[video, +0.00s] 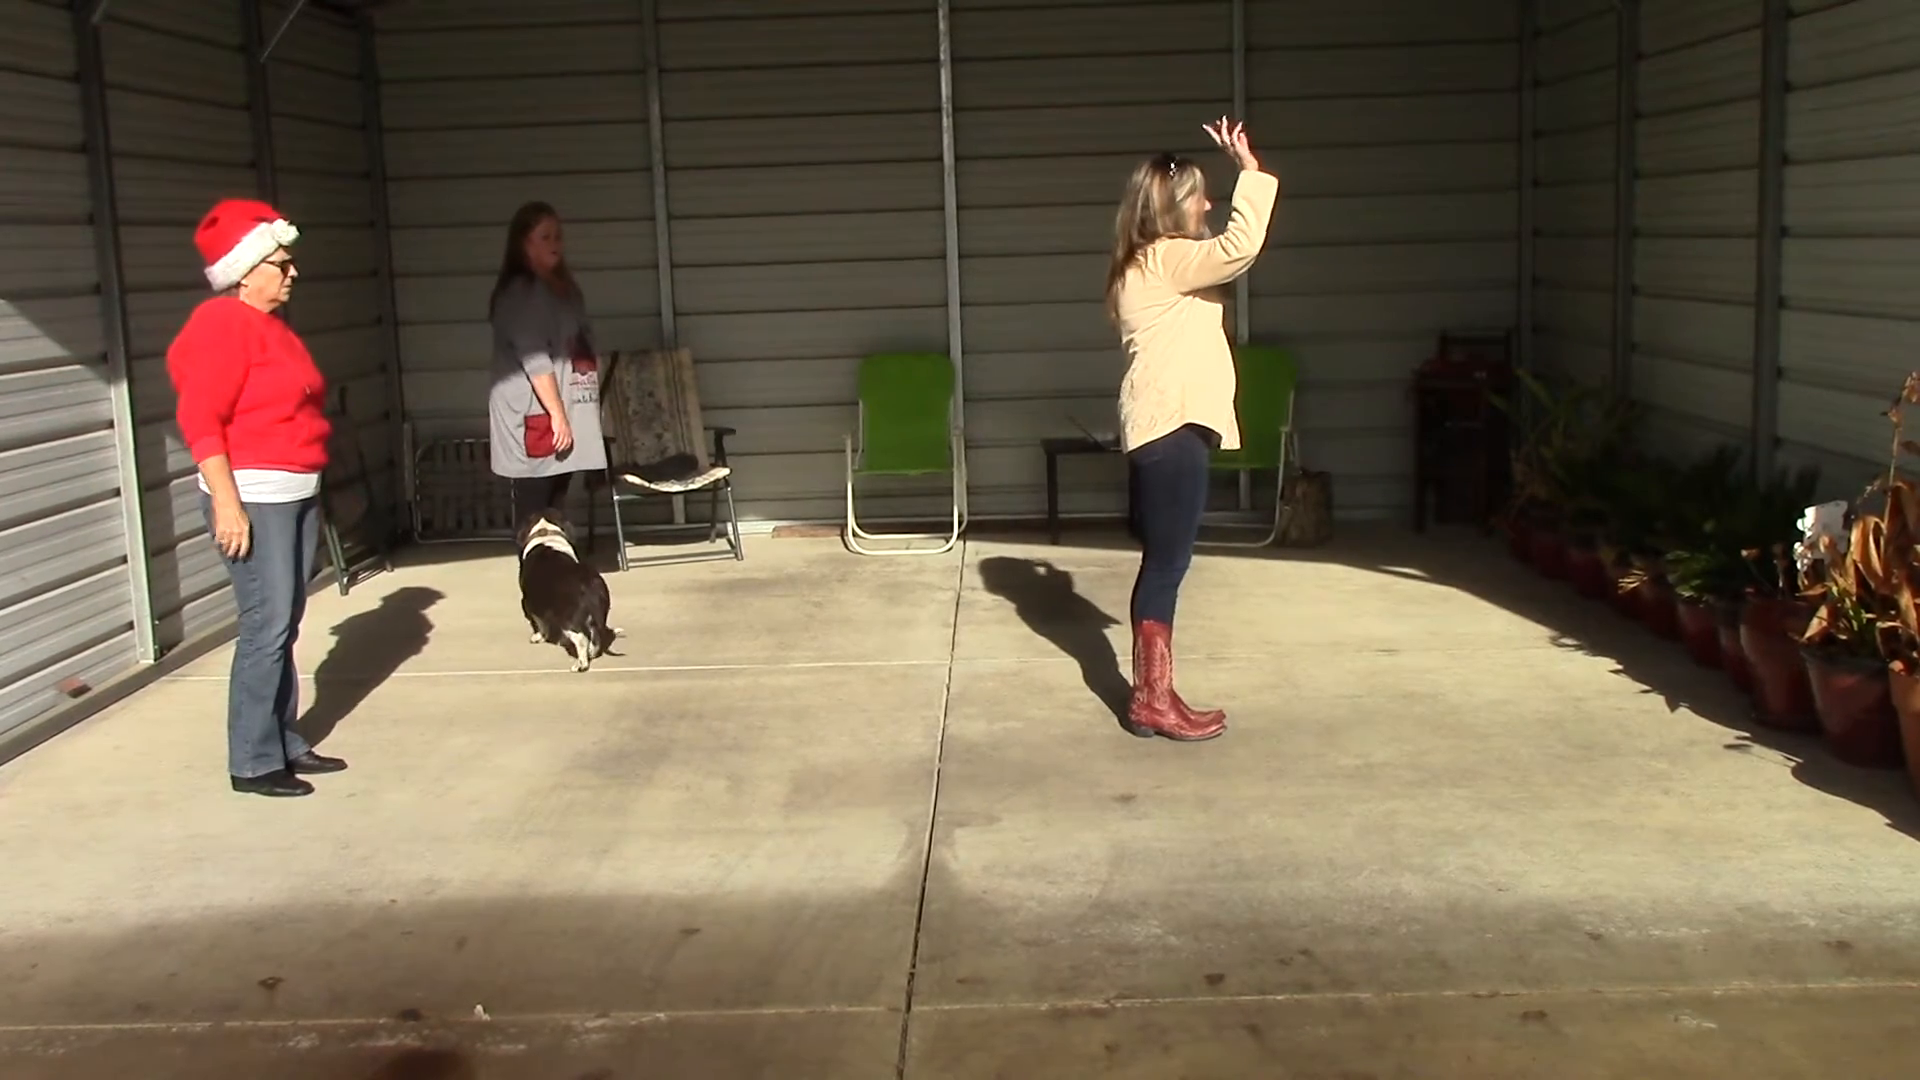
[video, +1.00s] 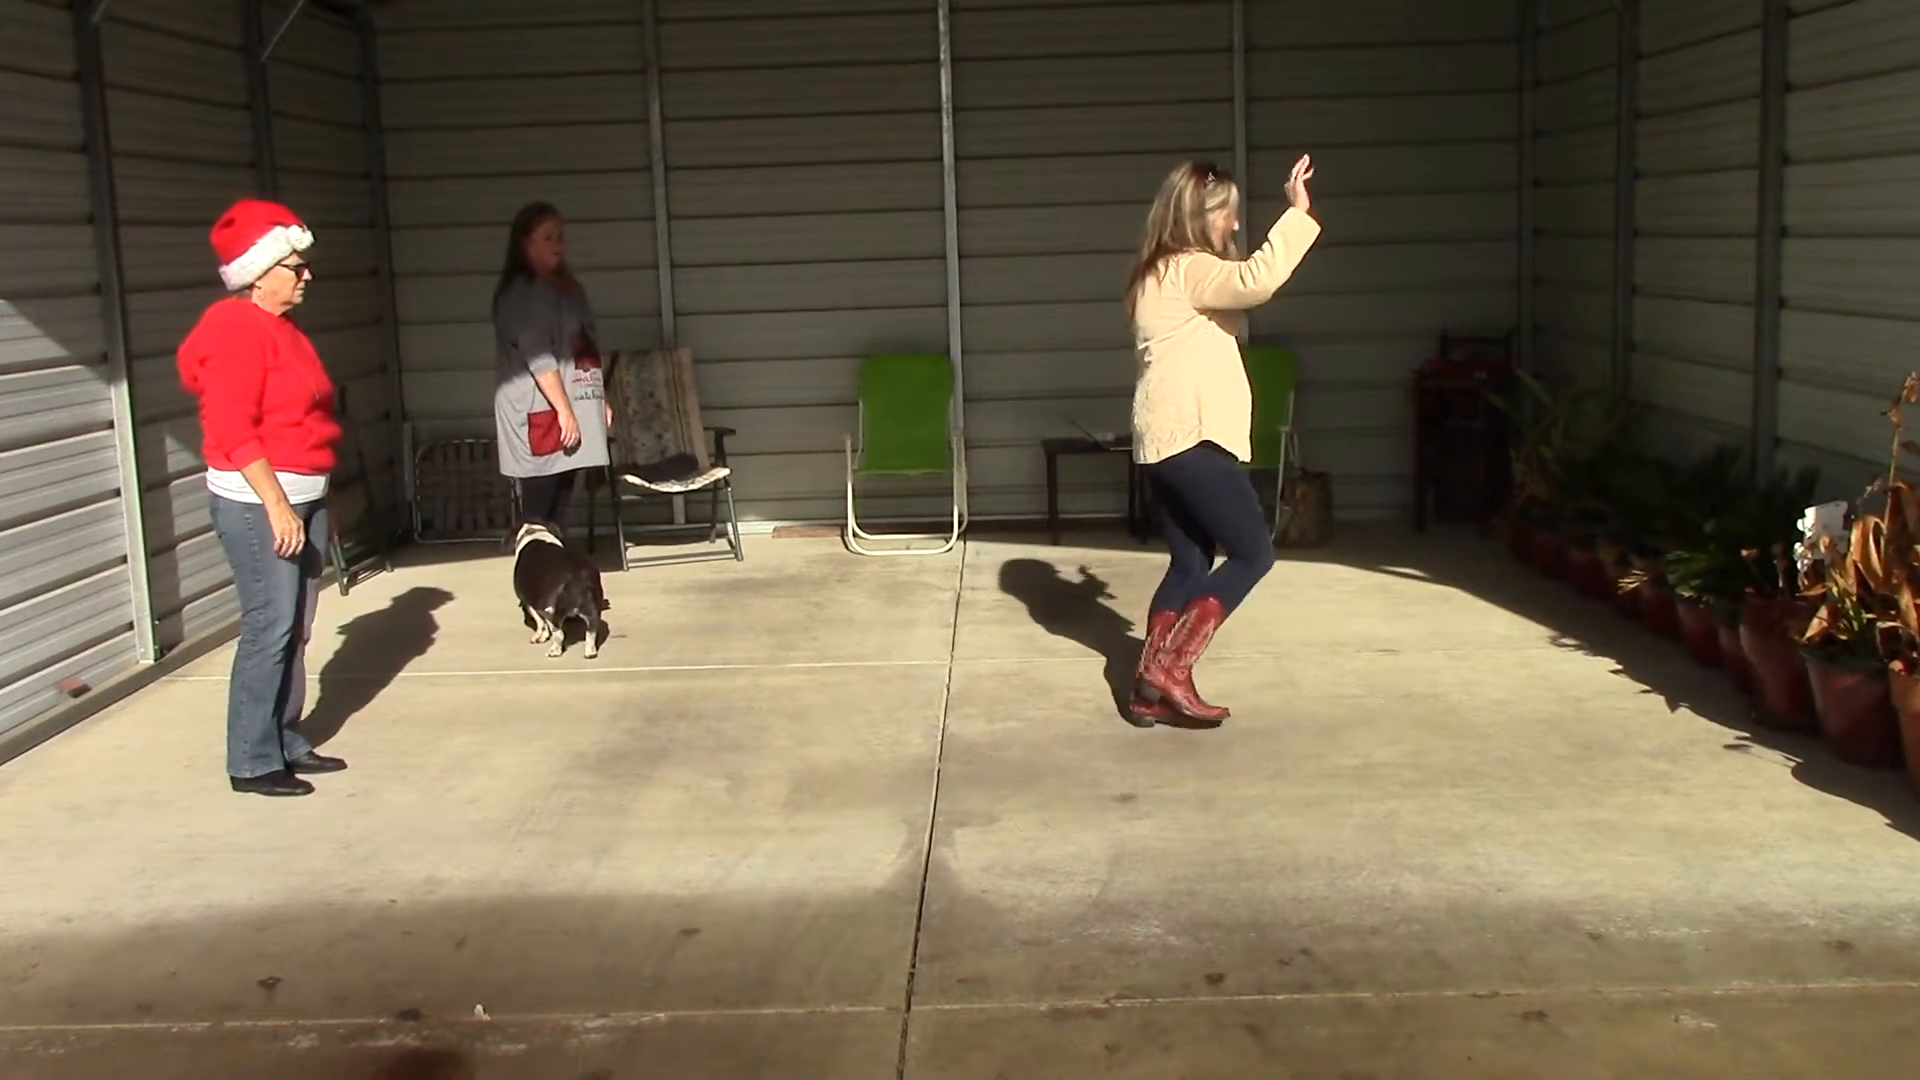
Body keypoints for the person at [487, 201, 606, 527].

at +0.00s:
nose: (555, 245)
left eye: (558, 236)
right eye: (546, 237)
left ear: (563, 239)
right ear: (523, 243)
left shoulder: (565, 287)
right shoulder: (518, 291)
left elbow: (583, 343)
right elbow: (533, 357)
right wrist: (557, 414)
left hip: (559, 400)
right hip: (524, 405)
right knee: (533, 501)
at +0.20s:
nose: (553, 245)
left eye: (555, 236)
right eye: (543, 237)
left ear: (561, 239)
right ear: (521, 243)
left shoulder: (563, 285)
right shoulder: (518, 290)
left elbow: (579, 347)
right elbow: (531, 357)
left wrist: (592, 398)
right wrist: (556, 413)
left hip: (557, 396)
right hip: (524, 403)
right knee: (533, 493)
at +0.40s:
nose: (552, 245)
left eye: (554, 236)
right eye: (542, 237)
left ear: (560, 239)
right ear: (520, 245)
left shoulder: (564, 286)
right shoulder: (516, 292)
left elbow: (581, 346)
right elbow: (535, 358)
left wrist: (595, 395)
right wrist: (567, 408)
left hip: (559, 407)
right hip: (527, 411)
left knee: (553, 507)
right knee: (534, 507)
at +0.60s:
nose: (552, 245)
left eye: (555, 236)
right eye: (543, 238)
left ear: (560, 240)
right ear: (521, 244)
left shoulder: (563, 287)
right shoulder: (516, 292)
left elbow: (582, 345)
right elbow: (535, 357)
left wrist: (596, 393)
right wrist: (568, 408)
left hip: (558, 409)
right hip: (528, 412)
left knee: (555, 500)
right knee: (535, 503)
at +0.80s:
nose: (554, 246)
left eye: (556, 236)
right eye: (545, 238)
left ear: (562, 240)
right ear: (522, 245)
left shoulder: (566, 287)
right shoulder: (518, 293)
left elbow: (583, 347)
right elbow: (534, 357)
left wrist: (596, 396)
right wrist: (562, 411)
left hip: (562, 404)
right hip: (528, 409)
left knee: (555, 506)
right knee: (534, 506)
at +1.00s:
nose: (558, 245)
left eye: (560, 236)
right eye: (548, 237)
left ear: (565, 240)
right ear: (526, 244)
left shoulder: (567, 287)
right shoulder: (521, 292)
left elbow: (585, 347)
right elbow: (538, 358)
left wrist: (597, 397)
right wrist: (565, 411)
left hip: (563, 403)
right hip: (531, 409)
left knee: (557, 507)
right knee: (537, 508)